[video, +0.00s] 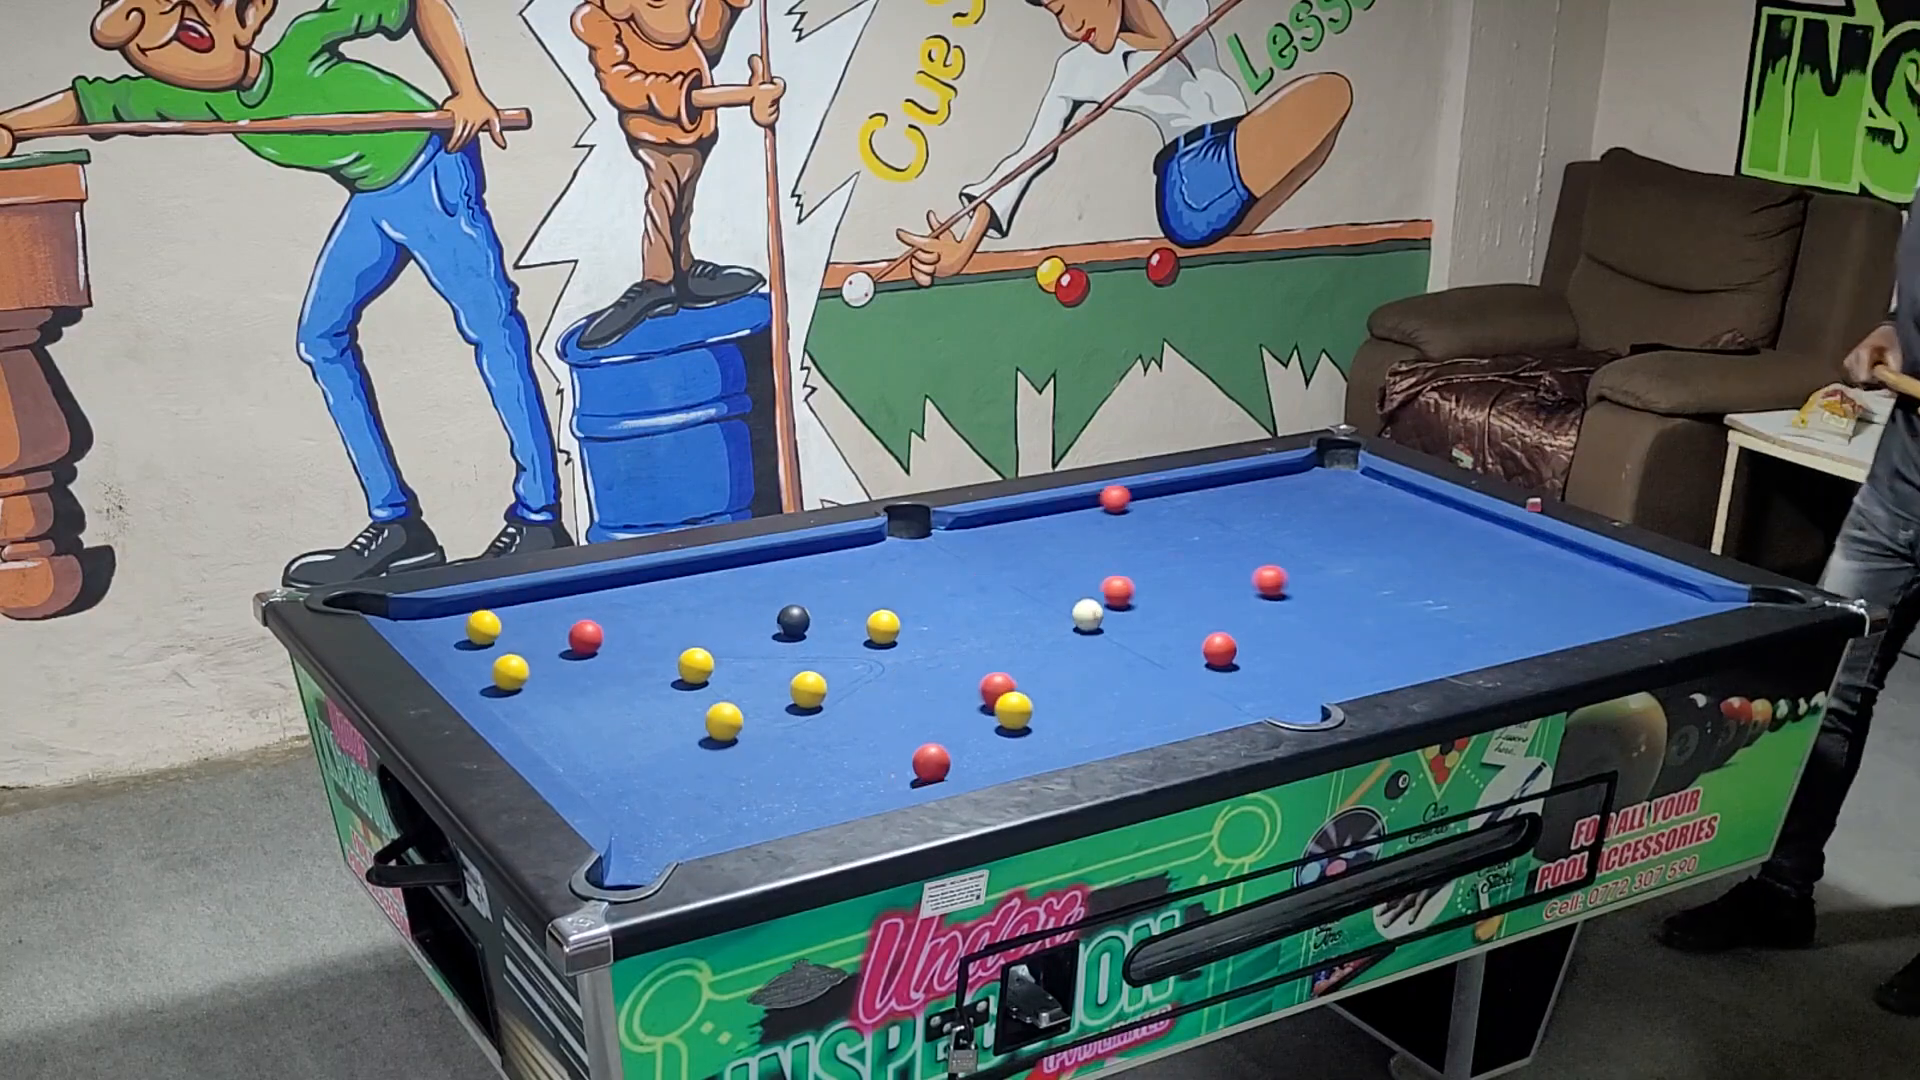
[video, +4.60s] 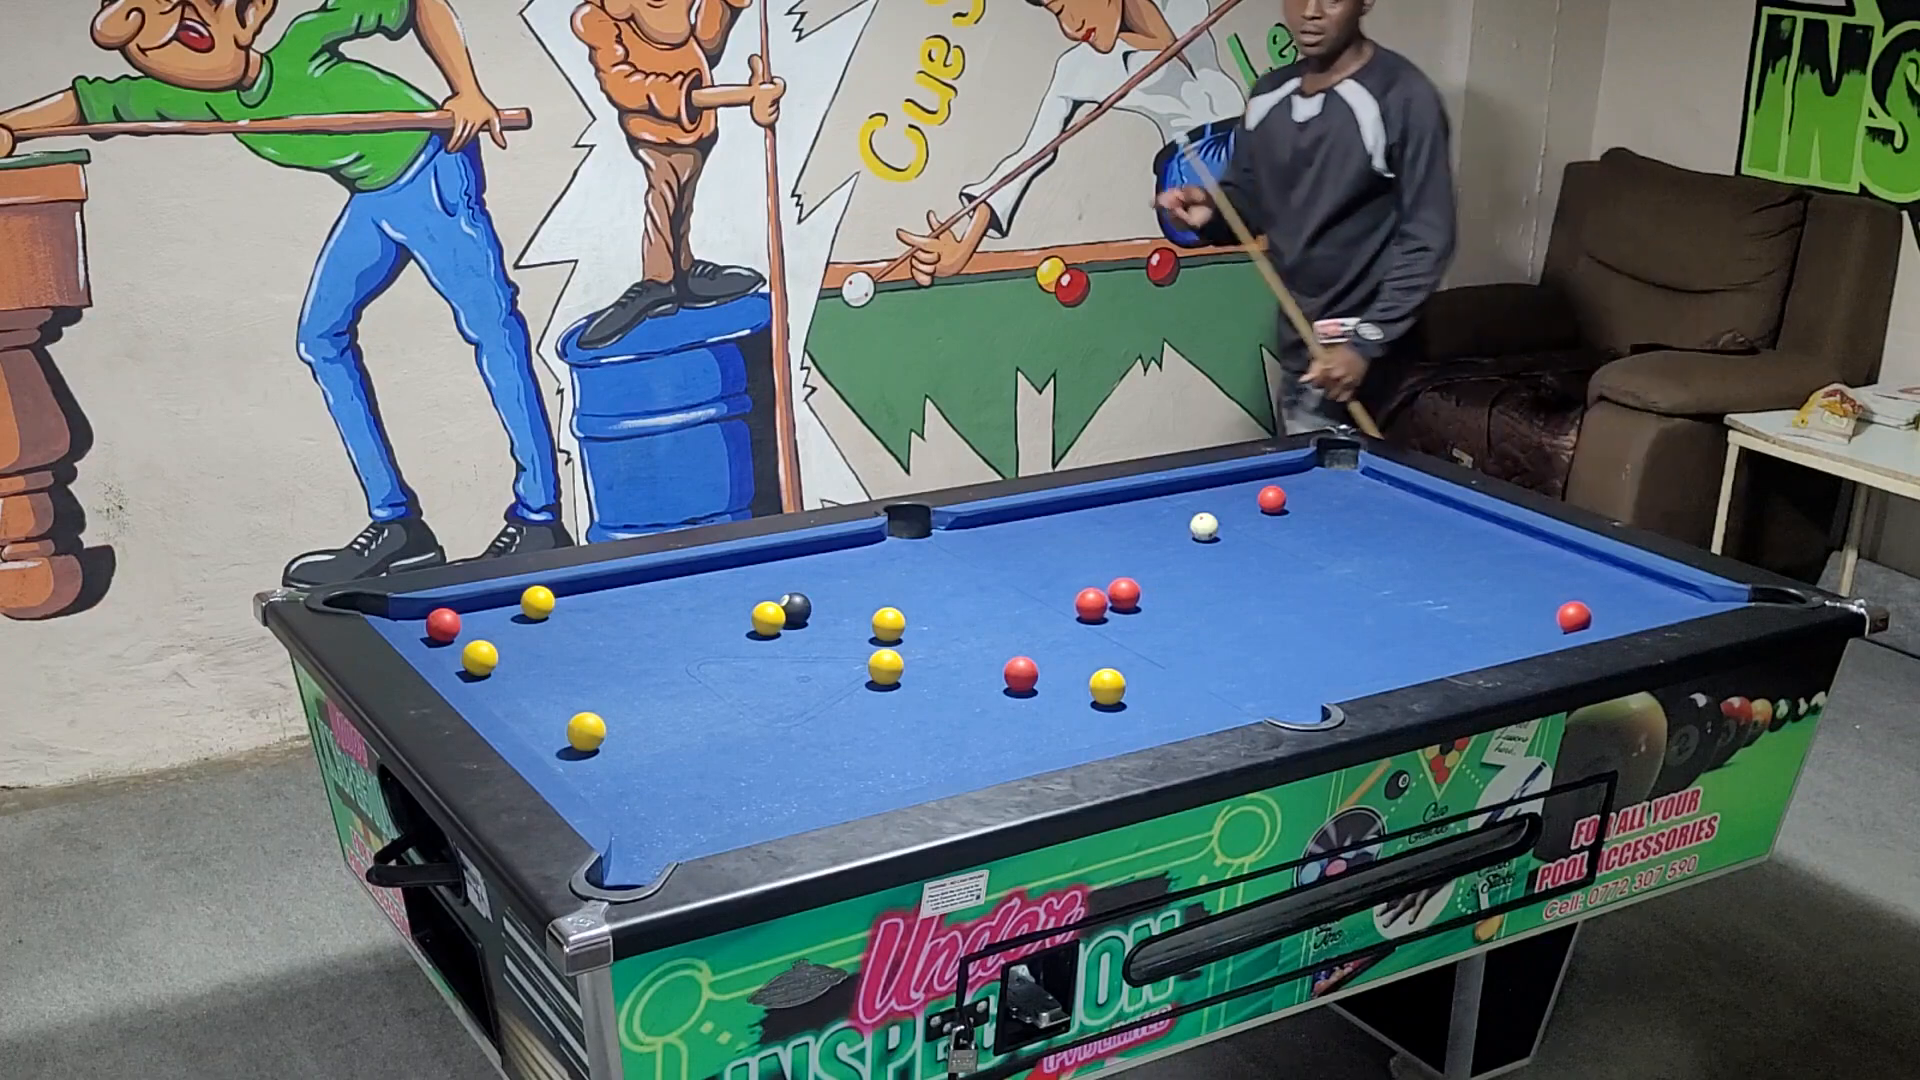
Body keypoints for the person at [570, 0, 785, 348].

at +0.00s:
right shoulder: (596, 19)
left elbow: (707, 48)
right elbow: (625, 88)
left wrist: (730, 6)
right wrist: (746, 94)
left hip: (695, 88)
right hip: (644, 103)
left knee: (688, 174)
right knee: (665, 173)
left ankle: (682, 269)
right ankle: (656, 282)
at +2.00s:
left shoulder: (697, 6)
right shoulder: (596, 18)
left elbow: (707, 47)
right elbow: (625, 87)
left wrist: (730, 6)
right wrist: (746, 95)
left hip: (695, 87)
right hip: (644, 103)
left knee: (687, 175)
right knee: (665, 175)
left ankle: (682, 268)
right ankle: (657, 281)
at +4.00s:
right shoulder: (596, 18)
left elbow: (707, 47)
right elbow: (625, 88)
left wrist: (729, 6)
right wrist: (746, 94)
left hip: (695, 87)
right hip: (644, 104)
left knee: (688, 174)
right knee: (665, 174)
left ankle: (682, 268)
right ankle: (657, 281)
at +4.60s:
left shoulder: (697, 6)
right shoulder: (597, 18)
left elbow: (707, 46)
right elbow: (624, 87)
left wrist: (730, 6)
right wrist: (746, 95)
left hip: (694, 86)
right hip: (645, 103)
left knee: (688, 174)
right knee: (666, 173)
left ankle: (682, 268)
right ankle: (657, 280)